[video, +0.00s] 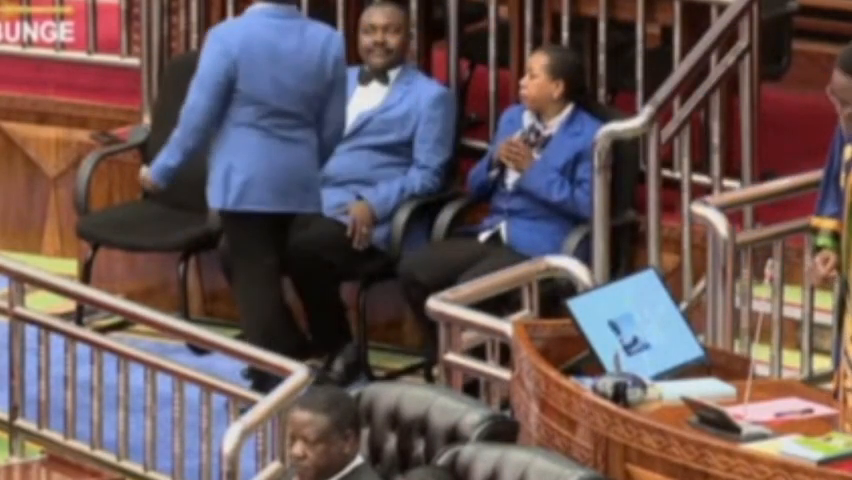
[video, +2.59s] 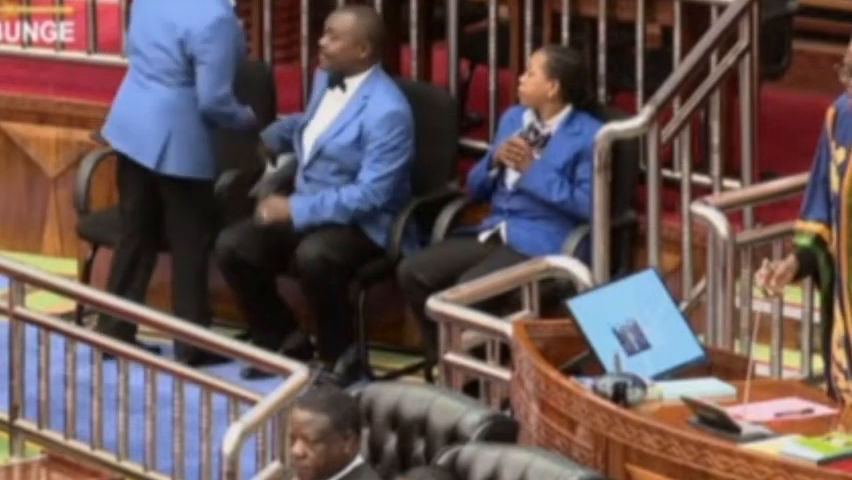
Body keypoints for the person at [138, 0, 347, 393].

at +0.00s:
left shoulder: (228, 35)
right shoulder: (326, 40)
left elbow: (199, 116)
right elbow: (332, 124)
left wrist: (161, 169)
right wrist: (311, 166)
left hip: (243, 174)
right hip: (298, 174)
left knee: (256, 277)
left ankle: (277, 373)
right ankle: (291, 353)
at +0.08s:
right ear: (287, 0)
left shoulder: (216, 32)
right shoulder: (317, 41)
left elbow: (185, 110)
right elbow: (322, 123)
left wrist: (153, 155)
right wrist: (295, 153)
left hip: (230, 172)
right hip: (288, 173)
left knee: (249, 274)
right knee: (251, 271)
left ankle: (269, 374)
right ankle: (235, 365)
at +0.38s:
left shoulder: (180, 20)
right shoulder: (282, 39)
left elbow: (149, 87)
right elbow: (278, 115)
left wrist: (169, 114)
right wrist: (246, 127)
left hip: (181, 161)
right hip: (243, 166)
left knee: (182, 263)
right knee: (217, 269)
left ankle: (221, 356)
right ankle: (197, 369)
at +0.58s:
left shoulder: (166, 14)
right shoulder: (267, 35)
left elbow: (134, 81)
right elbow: (267, 110)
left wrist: (166, 104)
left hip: (163, 159)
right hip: (226, 166)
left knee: (152, 253)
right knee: (206, 261)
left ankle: (160, 356)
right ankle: (197, 366)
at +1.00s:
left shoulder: (113, 10)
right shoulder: (214, 26)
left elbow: (102, 74)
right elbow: (231, 103)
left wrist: (141, 81)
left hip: (126, 150)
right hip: (186, 158)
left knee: (135, 244)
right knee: (191, 252)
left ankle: (128, 353)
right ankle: (193, 366)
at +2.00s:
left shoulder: (152, 3)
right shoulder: (250, 26)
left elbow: (124, 50)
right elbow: (246, 109)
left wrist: (159, 69)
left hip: (138, 129)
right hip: (199, 141)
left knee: (137, 237)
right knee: (197, 246)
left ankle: (128, 349)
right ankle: (191, 349)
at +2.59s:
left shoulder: (146, 4)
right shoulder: (215, 17)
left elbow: (133, 50)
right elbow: (212, 100)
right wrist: (247, 118)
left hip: (131, 126)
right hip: (180, 139)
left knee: (136, 235)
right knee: (191, 244)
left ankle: (114, 333)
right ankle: (190, 344)